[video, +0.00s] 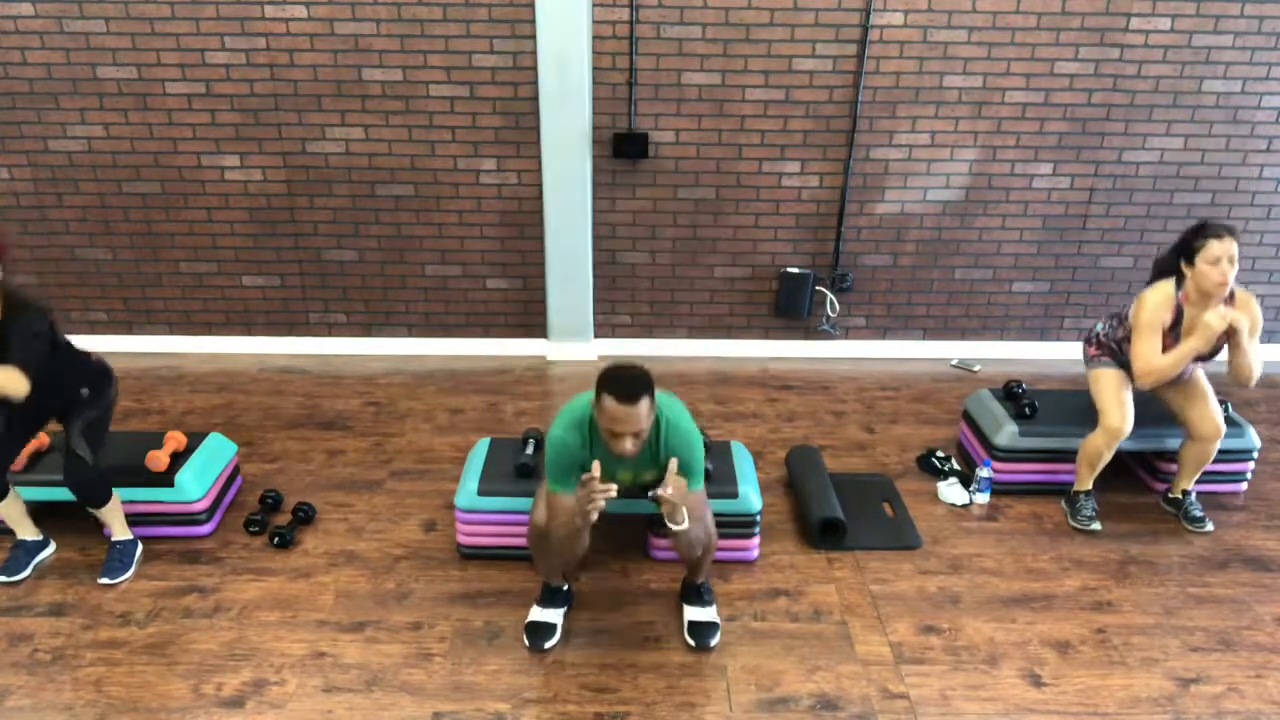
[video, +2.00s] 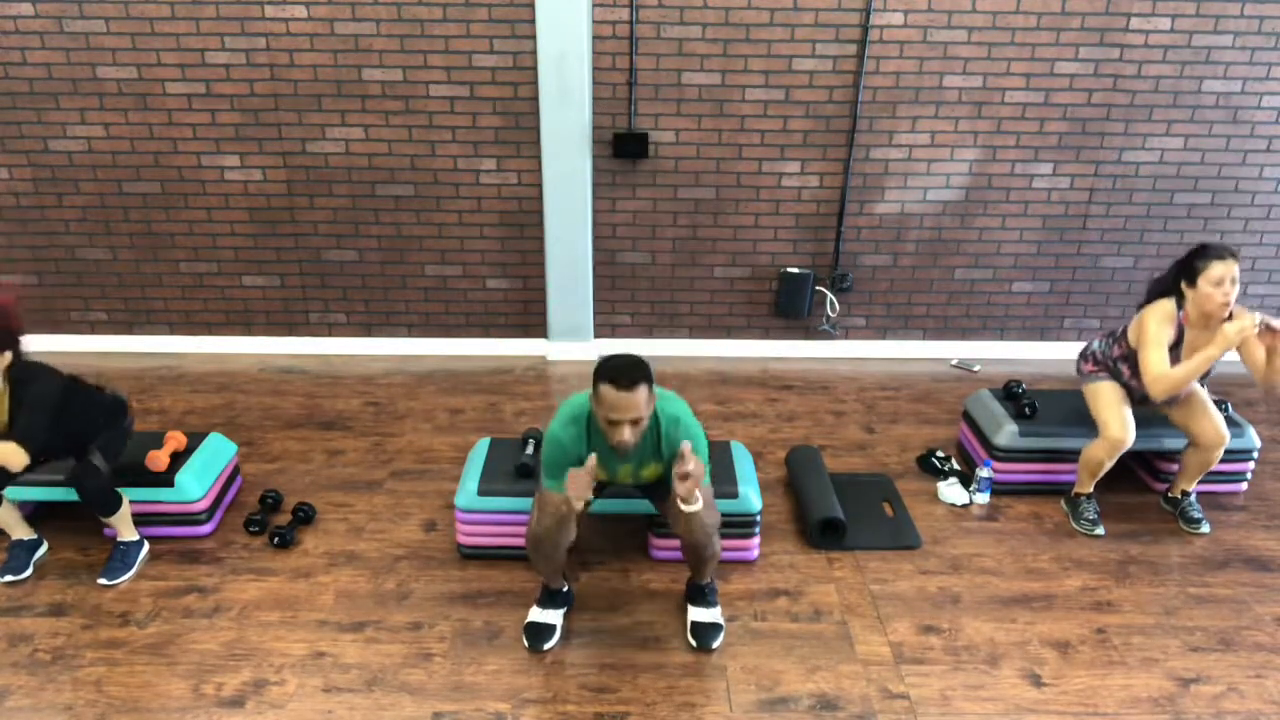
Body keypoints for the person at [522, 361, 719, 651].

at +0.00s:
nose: (626, 447)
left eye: (637, 435)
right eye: (614, 435)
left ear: (653, 416)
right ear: (597, 417)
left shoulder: (680, 432)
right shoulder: (566, 435)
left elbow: (696, 551)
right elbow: (558, 558)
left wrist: (678, 517)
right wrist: (581, 521)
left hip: (659, 473)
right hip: (590, 471)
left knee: (702, 531)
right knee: (544, 524)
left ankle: (697, 587)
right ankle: (554, 590)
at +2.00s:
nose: (624, 437)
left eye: (636, 423)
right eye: (612, 424)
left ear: (652, 404)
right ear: (594, 407)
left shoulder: (679, 423)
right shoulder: (566, 430)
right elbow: (549, 545)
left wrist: (689, 498)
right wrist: (569, 507)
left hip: (660, 471)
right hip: (588, 471)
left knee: (702, 533)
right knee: (543, 537)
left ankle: (702, 589)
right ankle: (553, 592)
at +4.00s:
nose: (622, 416)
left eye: (634, 402)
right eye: (609, 402)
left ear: (651, 388)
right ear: (592, 391)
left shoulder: (678, 415)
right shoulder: (564, 420)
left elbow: (707, 515)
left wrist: (694, 494)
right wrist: (553, 500)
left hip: (659, 474)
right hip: (587, 474)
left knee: (703, 531)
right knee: (542, 543)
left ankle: (702, 591)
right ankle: (553, 593)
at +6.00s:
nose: (629, 377)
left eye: (640, 363)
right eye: (616, 363)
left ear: (658, 349)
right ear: (600, 349)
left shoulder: (687, 380)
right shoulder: (571, 386)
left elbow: (718, 477)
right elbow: (536, 482)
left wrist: (697, 489)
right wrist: (558, 485)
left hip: (667, 458)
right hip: (594, 458)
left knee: (703, 519)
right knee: (555, 520)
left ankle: (708, 590)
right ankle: (553, 592)